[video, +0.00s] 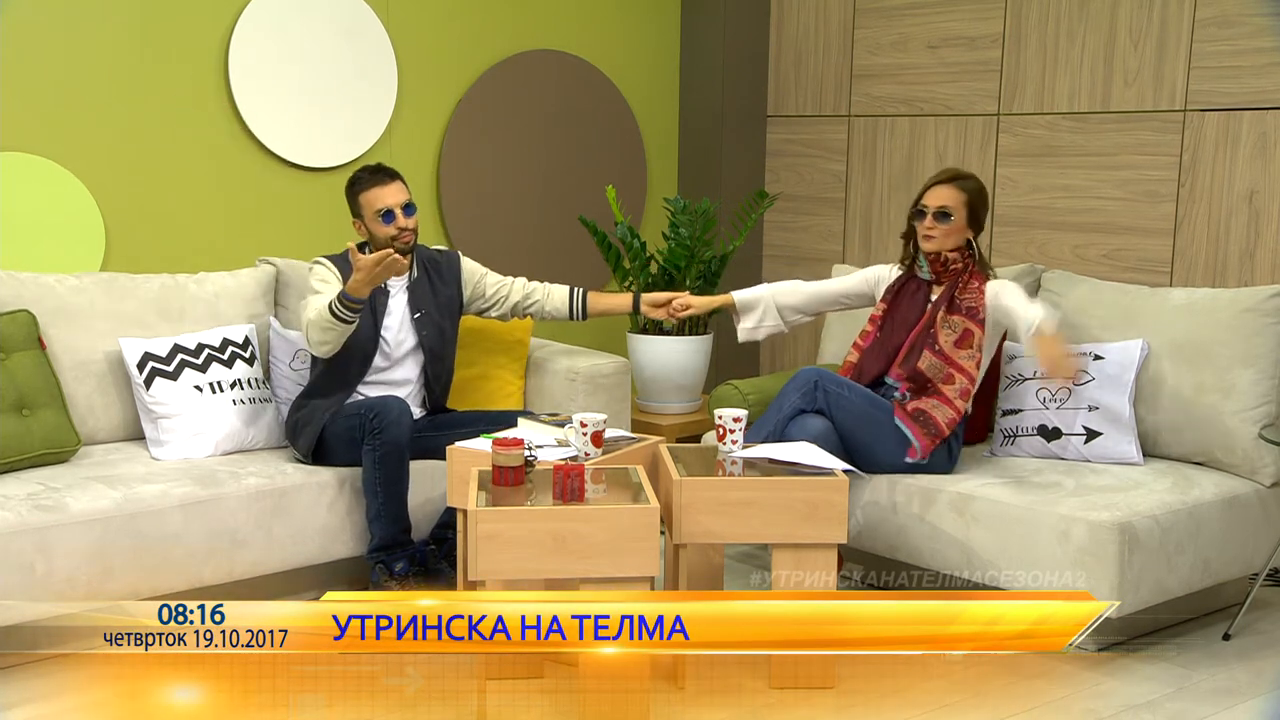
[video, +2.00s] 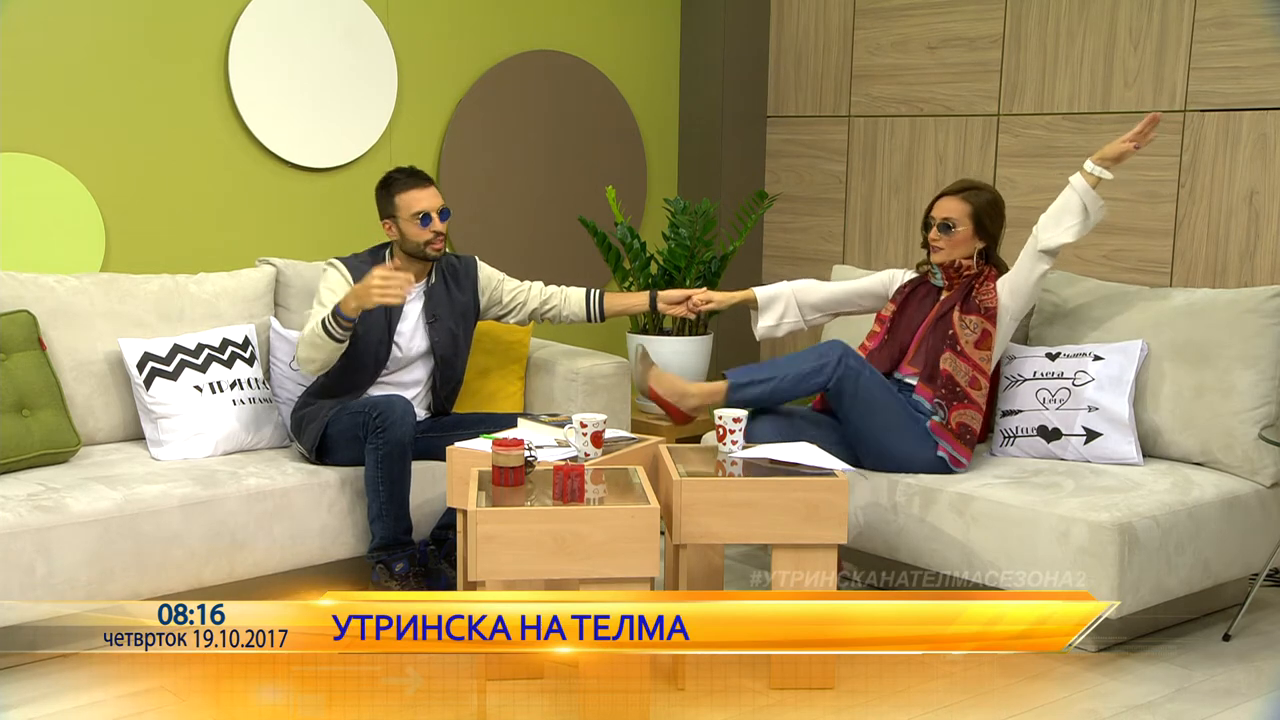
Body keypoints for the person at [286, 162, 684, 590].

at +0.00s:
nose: (403, 224)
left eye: (408, 210)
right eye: (387, 216)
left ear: (416, 211)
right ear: (360, 225)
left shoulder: (447, 270)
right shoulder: (332, 274)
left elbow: (529, 297)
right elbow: (320, 342)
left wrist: (639, 302)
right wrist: (358, 288)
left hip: (418, 421)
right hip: (331, 424)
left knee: (520, 430)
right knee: (391, 412)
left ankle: (440, 550)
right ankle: (391, 561)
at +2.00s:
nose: (437, 228)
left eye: (441, 215)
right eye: (421, 219)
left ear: (448, 215)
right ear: (389, 228)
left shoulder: (465, 276)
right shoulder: (347, 276)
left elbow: (548, 301)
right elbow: (308, 362)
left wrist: (654, 300)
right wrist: (350, 304)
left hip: (417, 420)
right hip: (331, 422)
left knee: (515, 431)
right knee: (393, 410)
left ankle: (444, 550)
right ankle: (393, 558)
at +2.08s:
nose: (440, 227)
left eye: (443, 215)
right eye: (424, 219)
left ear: (449, 216)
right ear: (390, 228)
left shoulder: (464, 276)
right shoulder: (345, 280)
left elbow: (547, 301)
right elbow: (307, 369)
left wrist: (654, 300)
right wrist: (354, 323)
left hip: (417, 421)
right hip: (331, 422)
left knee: (515, 431)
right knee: (393, 410)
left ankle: (444, 550)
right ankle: (392, 559)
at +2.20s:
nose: (441, 227)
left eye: (443, 215)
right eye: (425, 218)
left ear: (447, 217)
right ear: (389, 228)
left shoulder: (463, 276)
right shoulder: (342, 282)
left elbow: (545, 301)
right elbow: (304, 374)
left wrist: (652, 302)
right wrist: (370, 376)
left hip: (421, 423)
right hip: (334, 424)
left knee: (517, 431)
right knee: (391, 411)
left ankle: (443, 551)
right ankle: (392, 558)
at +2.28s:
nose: (442, 228)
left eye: (443, 216)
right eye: (427, 219)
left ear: (445, 217)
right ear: (389, 229)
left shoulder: (461, 276)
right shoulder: (340, 284)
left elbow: (542, 302)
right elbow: (306, 377)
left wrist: (647, 306)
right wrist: (369, 382)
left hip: (421, 421)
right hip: (335, 424)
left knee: (518, 431)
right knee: (391, 414)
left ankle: (444, 551)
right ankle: (393, 557)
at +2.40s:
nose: (443, 229)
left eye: (443, 216)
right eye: (428, 220)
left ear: (445, 216)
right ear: (389, 230)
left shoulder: (458, 276)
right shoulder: (336, 284)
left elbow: (539, 306)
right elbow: (308, 379)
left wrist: (641, 315)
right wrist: (370, 382)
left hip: (419, 420)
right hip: (333, 424)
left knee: (521, 431)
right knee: (390, 411)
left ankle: (441, 552)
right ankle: (392, 561)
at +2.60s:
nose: (439, 229)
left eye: (439, 216)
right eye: (425, 220)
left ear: (439, 215)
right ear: (386, 230)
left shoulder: (452, 276)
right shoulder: (331, 285)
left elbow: (527, 316)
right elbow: (306, 381)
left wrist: (631, 338)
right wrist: (370, 385)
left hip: (420, 422)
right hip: (332, 426)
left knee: (523, 431)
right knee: (392, 413)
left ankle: (439, 552)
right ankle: (390, 560)